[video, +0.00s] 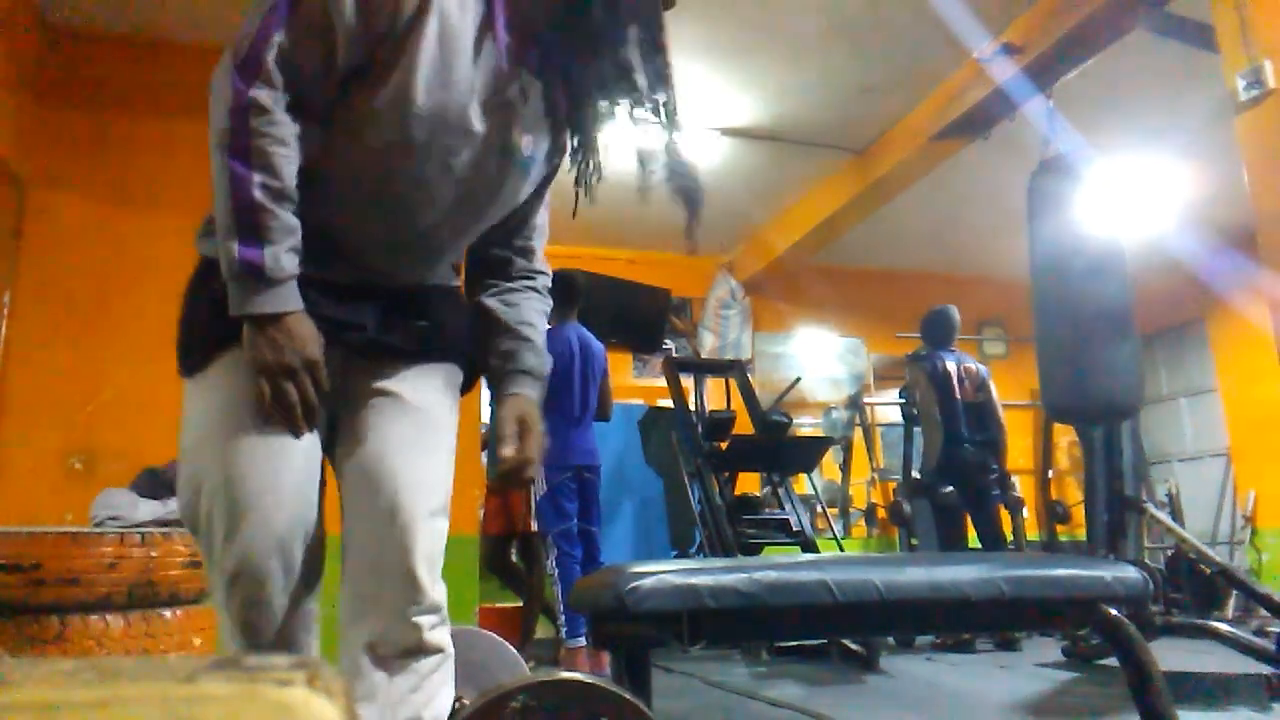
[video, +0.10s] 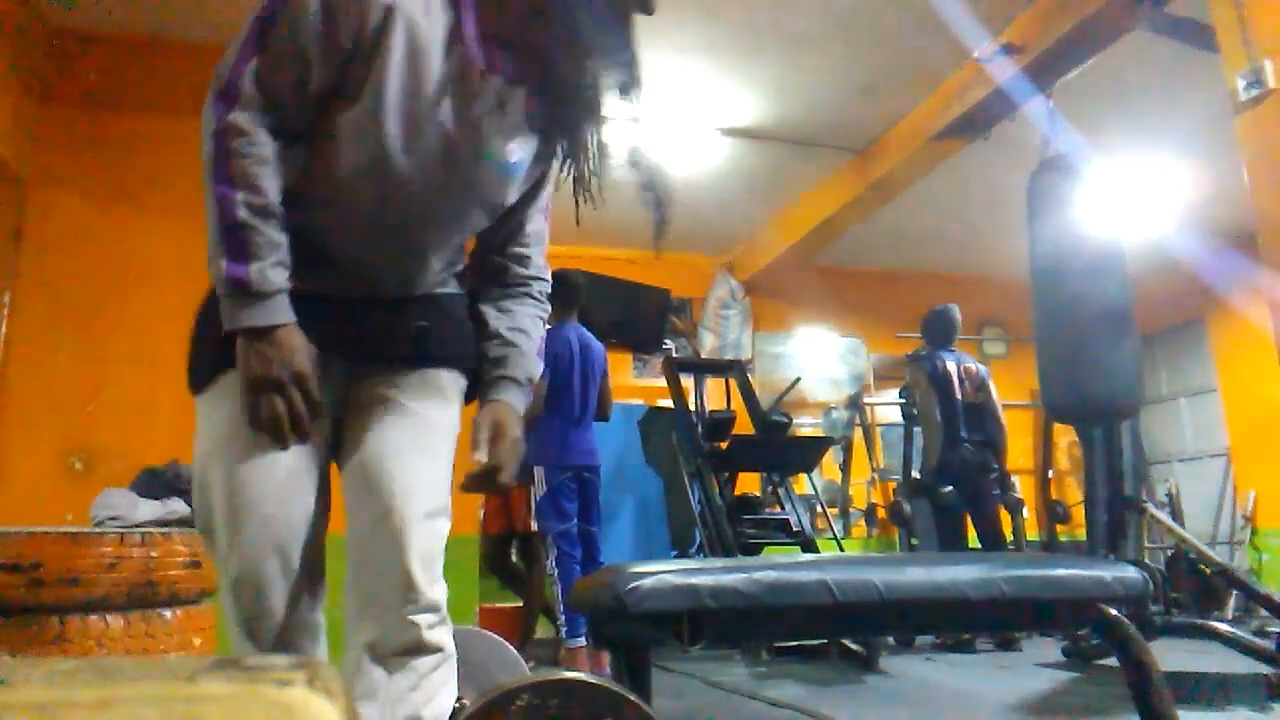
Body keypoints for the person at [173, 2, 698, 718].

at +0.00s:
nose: (599, 90)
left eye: (615, 77)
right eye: (599, 66)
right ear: (574, 12)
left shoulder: (543, 108)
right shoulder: (407, 8)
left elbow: (513, 259)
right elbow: (252, 86)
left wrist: (521, 383)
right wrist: (270, 302)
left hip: (410, 313)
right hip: (268, 289)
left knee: (407, 590)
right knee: (260, 568)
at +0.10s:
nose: (562, 75)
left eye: (579, 66)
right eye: (566, 54)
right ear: (534, 9)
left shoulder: (540, 100)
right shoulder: (372, 11)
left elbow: (519, 259)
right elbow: (239, 112)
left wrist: (508, 390)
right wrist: (262, 317)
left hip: (415, 314)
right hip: (281, 296)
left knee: (407, 589)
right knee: (261, 588)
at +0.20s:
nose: (554, 78)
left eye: (565, 60)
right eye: (553, 52)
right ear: (501, 14)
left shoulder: (523, 113)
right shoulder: (327, 18)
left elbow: (523, 280)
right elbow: (226, 155)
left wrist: (504, 399)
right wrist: (250, 340)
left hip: (418, 332)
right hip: (282, 323)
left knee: (405, 594)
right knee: (261, 600)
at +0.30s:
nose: (537, 62)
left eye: (545, 45)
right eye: (527, 39)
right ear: (458, 14)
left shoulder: (507, 99)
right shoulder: (301, 26)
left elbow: (531, 283)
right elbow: (218, 176)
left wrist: (507, 411)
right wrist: (243, 348)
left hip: (425, 329)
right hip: (293, 320)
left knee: (405, 581)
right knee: (267, 582)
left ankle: (406, 718)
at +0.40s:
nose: (518, 46)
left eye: (524, 26)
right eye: (504, 23)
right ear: (433, 18)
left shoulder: (494, 107)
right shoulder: (283, 46)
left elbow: (540, 279)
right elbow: (220, 197)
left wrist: (519, 422)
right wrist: (256, 360)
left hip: (431, 340)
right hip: (303, 332)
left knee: (409, 576)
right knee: (280, 580)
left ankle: (408, 719)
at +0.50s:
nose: (482, 68)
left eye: (491, 45)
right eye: (460, 45)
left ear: (498, 34)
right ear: (390, 30)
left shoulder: (494, 122)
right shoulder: (269, 76)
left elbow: (555, 282)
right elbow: (235, 224)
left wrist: (538, 433)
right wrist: (270, 372)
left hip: (447, 342)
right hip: (328, 340)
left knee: (421, 573)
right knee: (297, 574)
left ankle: (413, 718)